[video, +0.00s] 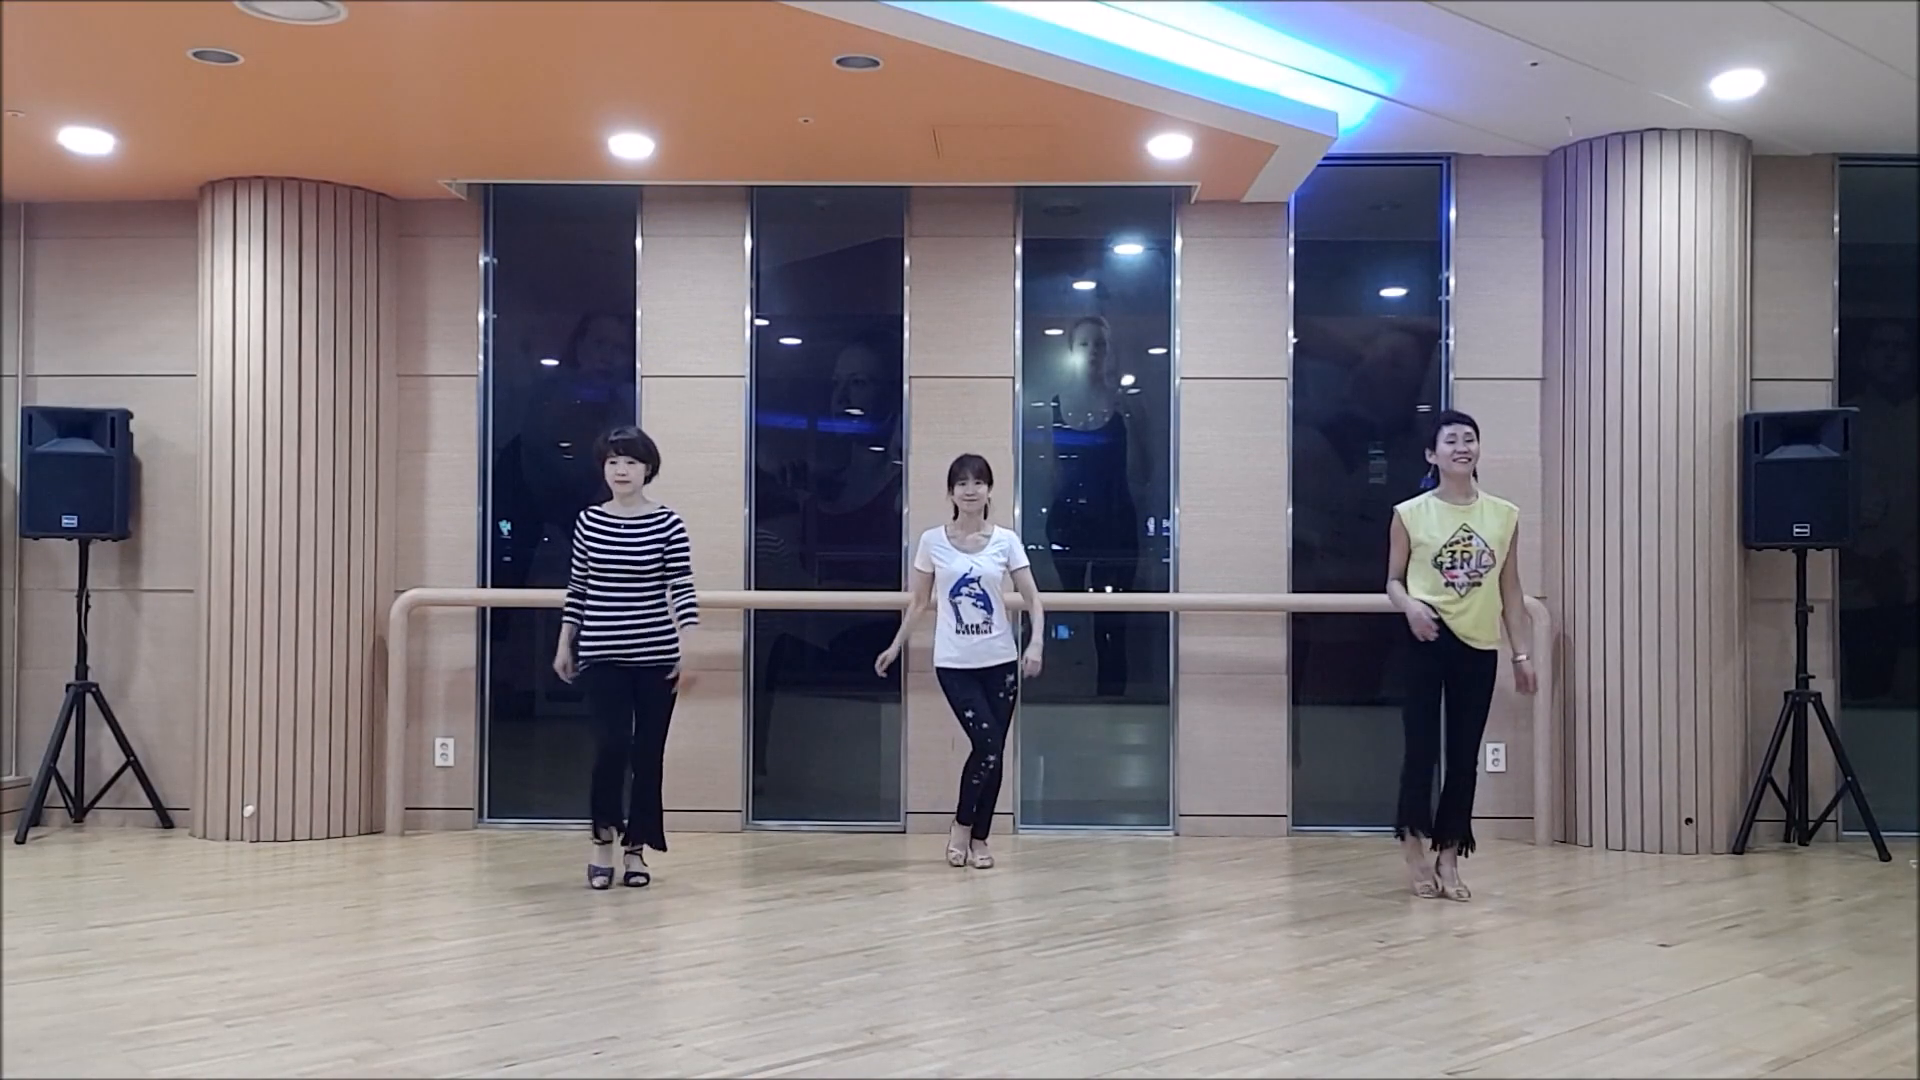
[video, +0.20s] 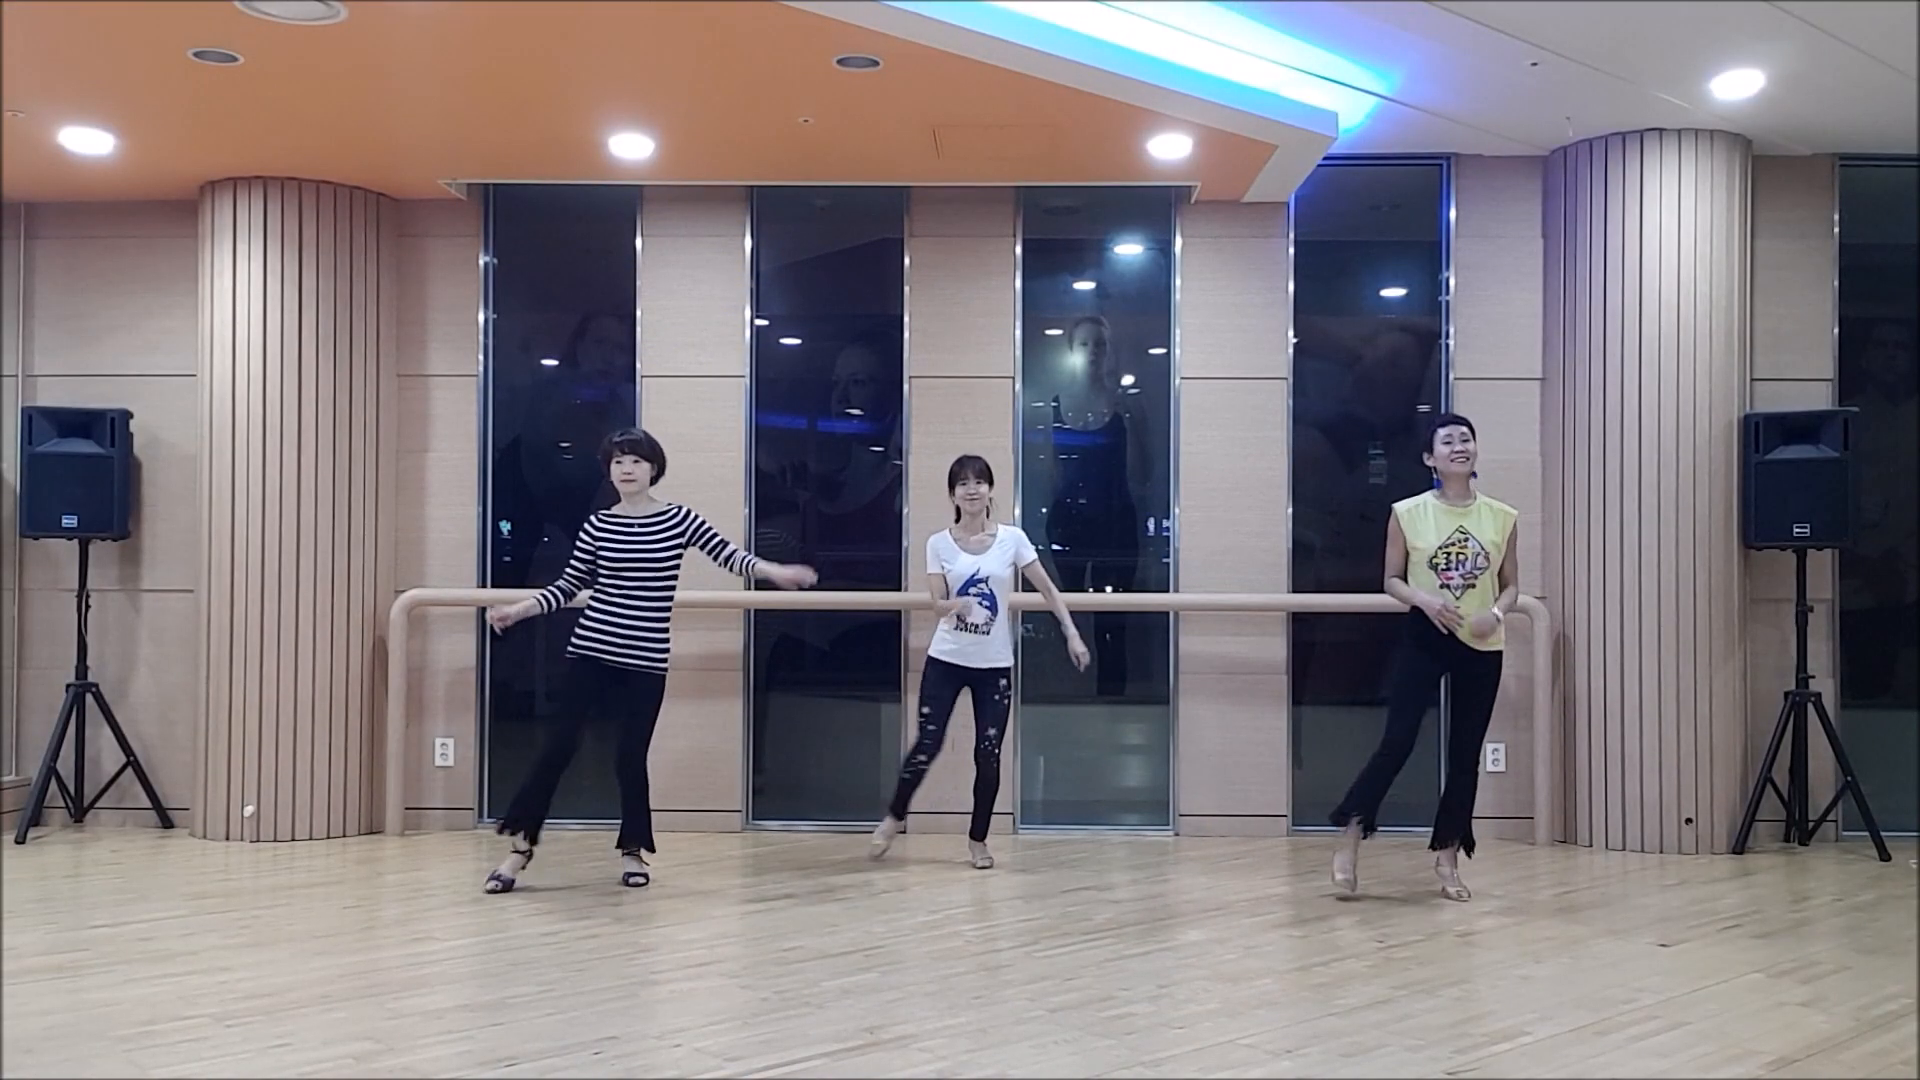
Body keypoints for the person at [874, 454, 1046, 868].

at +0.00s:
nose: (971, 489)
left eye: (979, 482)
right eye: (963, 483)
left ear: (990, 489)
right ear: (951, 490)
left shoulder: (1005, 541)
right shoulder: (932, 541)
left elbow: (1033, 599)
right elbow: (917, 603)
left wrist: (1035, 644)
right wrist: (896, 646)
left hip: (1000, 660)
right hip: (953, 662)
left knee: (994, 751)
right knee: (987, 744)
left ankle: (980, 840)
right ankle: (961, 828)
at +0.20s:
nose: (972, 490)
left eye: (979, 482)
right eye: (963, 484)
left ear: (991, 489)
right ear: (952, 492)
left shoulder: (1012, 539)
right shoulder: (939, 543)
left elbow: (1048, 590)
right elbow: (938, 604)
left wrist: (1072, 634)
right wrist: (955, 604)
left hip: (994, 663)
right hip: (946, 659)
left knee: (988, 754)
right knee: (928, 743)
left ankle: (978, 841)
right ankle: (894, 819)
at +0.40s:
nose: (974, 491)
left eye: (981, 484)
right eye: (965, 485)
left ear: (992, 491)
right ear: (954, 493)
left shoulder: (1012, 541)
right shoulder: (940, 545)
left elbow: (1044, 592)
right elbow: (933, 607)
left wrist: (1072, 637)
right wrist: (961, 603)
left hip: (994, 667)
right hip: (945, 662)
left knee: (985, 756)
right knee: (915, 747)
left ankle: (977, 842)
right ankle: (881, 829)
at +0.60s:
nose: (976, 492)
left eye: (983, 485)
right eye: (967, 486)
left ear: (994, 493)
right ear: (955, 494)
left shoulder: (1008, 545)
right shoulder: (937, 543)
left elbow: (1030, 602)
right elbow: (928, 594)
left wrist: (1034, 648)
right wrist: (921, 617)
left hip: (1000, 662)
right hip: (952, 664)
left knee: (999, 751)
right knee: (985, 745)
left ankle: (982, 839)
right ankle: (964, 822)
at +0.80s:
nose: (977, 488)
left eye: (984, 481)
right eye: (969, 482)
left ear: (995, 489)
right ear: (957, 490)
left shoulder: (1010, 541)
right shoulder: (938, 540)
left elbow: (1021, 598)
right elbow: (922, 591)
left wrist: (1025, 633)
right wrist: (908, 603)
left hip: (1000, 662)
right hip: (951, 660)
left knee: (993, 751)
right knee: (927, 742)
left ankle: (979, 839)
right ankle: (901, 820)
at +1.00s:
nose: (981, 488)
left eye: (988, 482)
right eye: (973, 482)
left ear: (1000, 490)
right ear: (961, 490)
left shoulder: (1016, 543)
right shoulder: (943, 540)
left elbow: (1039, 595)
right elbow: (932, 599)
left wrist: (1055, 634)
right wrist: (944, 597)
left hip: (996, 664)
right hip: (947, 659)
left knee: (988, 752)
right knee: (915, 745)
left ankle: (978, 841)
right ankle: (888, 831)